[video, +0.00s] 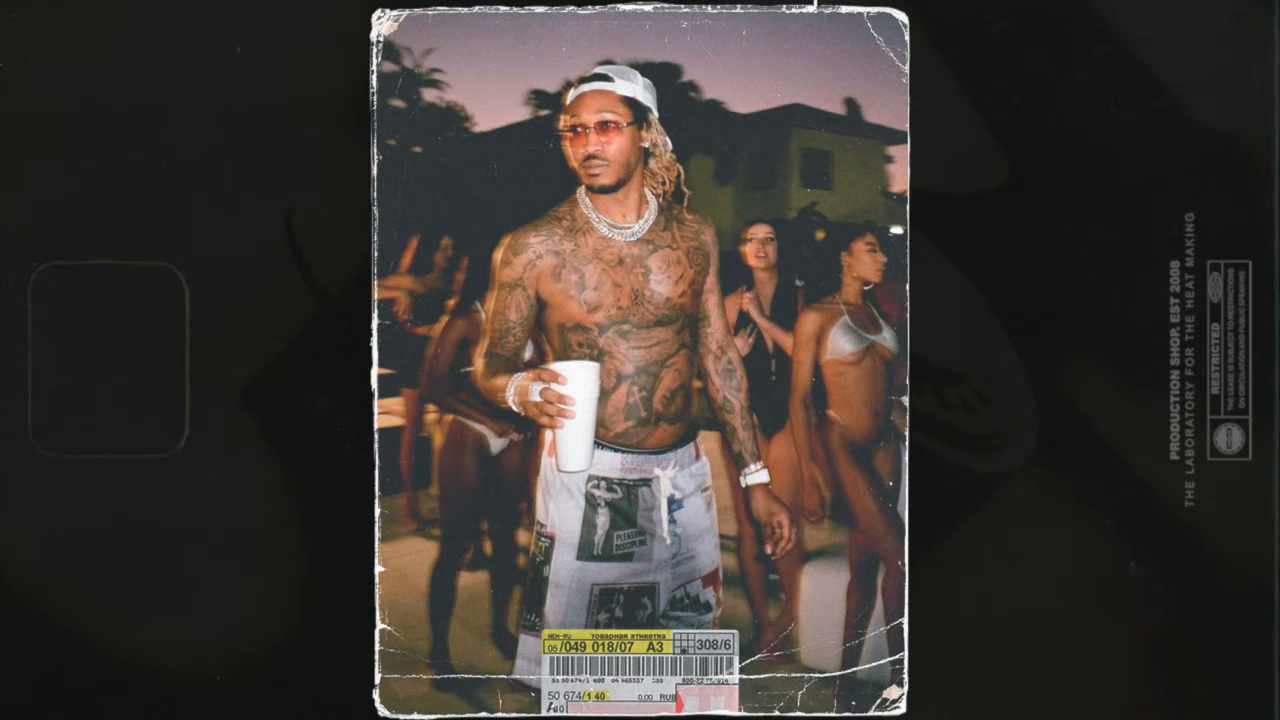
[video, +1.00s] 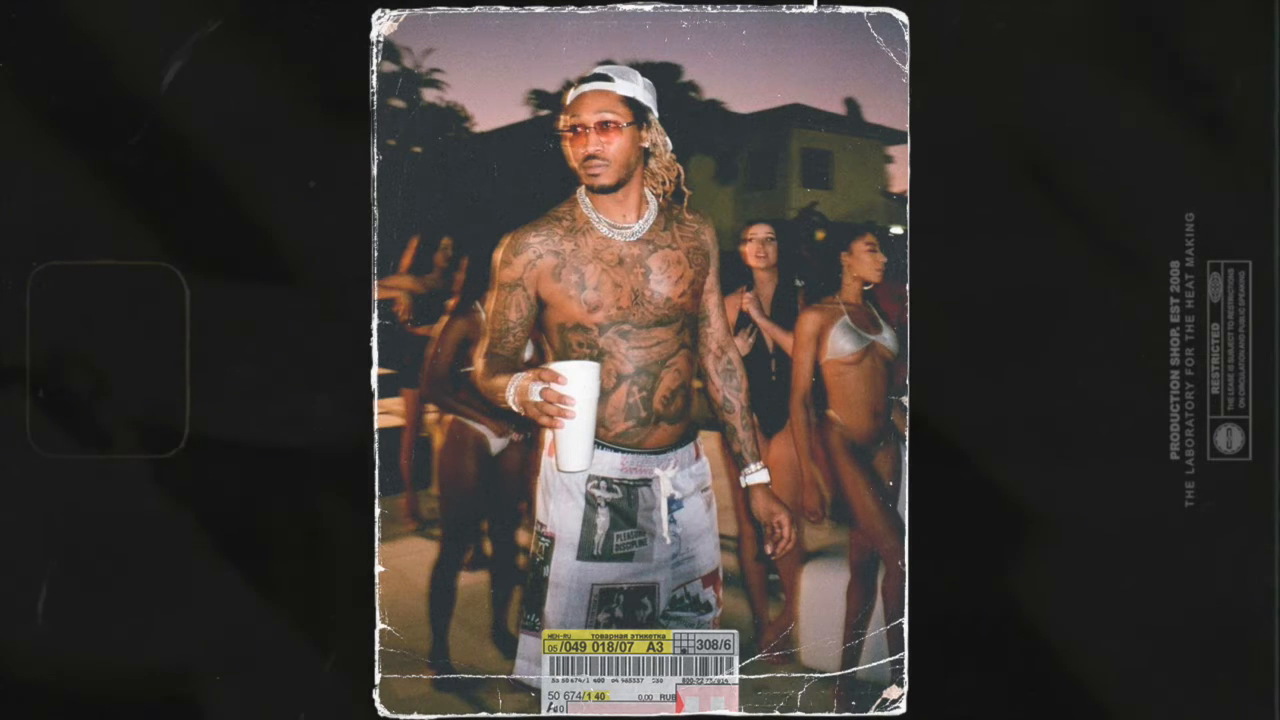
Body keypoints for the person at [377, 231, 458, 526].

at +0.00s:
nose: (445, 255)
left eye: (450, 250)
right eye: (441, 248)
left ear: (455, 255)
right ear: (430, 252)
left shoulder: (455, 282)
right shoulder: (414, 283)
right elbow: (401, 320)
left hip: (446, 352)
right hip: (417, 349)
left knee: (450, 426)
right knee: (413, 427)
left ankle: (452, 496)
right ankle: (410, 500)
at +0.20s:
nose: (446, 254)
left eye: (450, 249)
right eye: (442, 248)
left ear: (455, 254)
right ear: (431, 252)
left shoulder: (454, 282)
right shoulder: (413, 283)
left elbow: (460, 312)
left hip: (445, 352)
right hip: (416, 350)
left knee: (449, 425)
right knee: (413, 427)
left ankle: (451, 498)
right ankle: (410, 500)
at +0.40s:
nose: (446, 254)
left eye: (450, 250)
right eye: (442, 248)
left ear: (455, 254)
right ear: (430, 251)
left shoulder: (454, 281)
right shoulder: (414, 283)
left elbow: (460, 309)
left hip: (445, 352)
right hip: (416, 350)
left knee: (449, 426)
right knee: (413, 428)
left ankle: (451, 499)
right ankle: (410, 501)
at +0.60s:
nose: (446, 254)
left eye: (451, 250)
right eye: (442, 248)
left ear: (455, 255)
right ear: (431, 252)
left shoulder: (454, 282)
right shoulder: (414, 282)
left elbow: (461, 307)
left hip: (445, 352)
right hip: (416, 349)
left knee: (449, 426)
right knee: (413, 428)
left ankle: (451, 499)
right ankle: (410, 500)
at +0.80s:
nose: (446, 254)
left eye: (451, 250)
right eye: (442, 248)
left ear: (455, 255)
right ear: (431, 252)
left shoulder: (454, 282)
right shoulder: (414, 283)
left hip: (445, 353)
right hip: (416, 350)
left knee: (449, 426)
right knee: (413, 428)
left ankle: (451, 499)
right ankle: (410, 501)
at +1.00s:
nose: (446, 254)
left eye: (451, 250)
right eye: (442, 248)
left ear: (455, 255)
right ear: (430, 252)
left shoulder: (454, 282)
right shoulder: (414, 282)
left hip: (445, 352)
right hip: (416, 350)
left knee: (449, 426)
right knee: (413, 428)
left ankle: (451, 499)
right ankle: (410, 500)